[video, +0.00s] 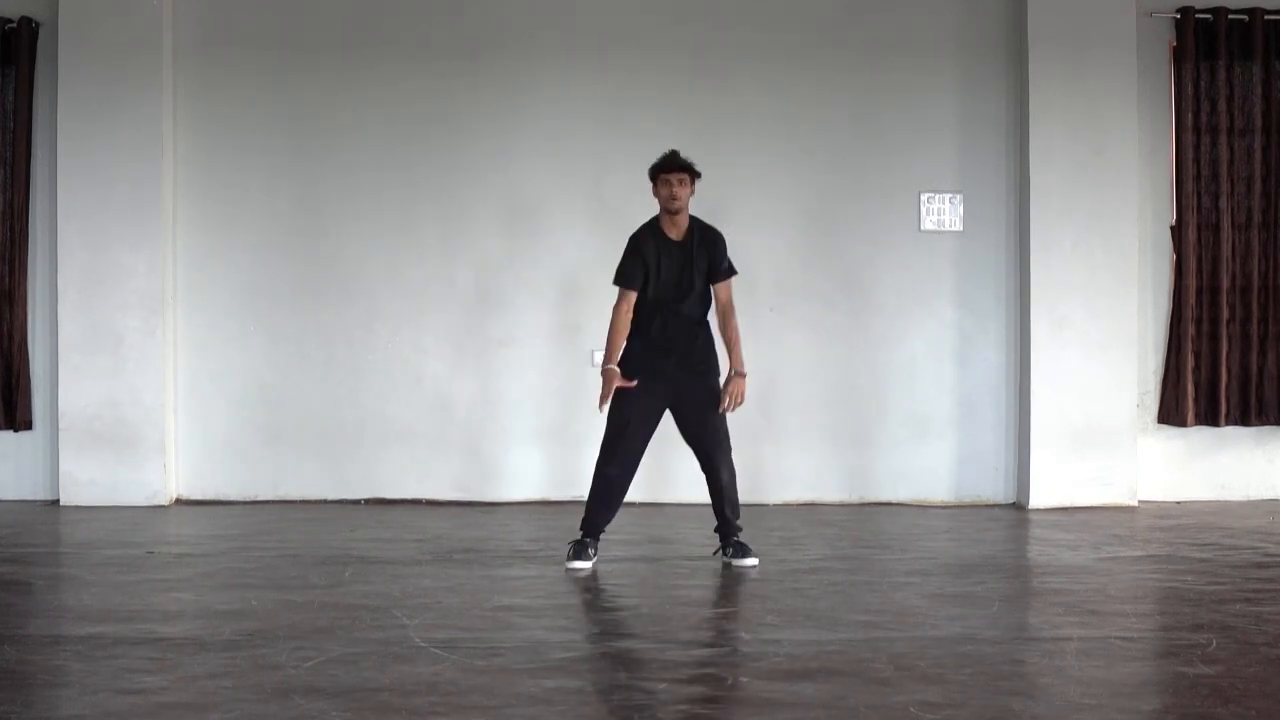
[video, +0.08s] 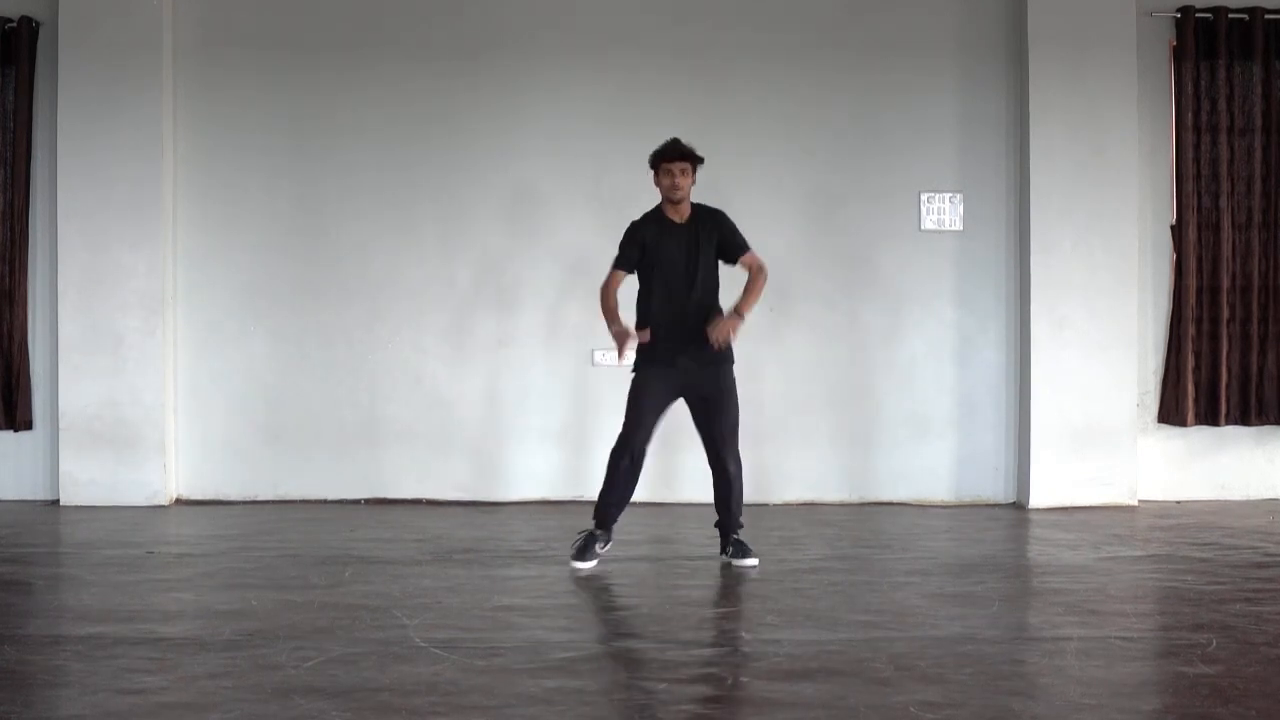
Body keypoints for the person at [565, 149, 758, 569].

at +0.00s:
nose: (675, 190)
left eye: (682, 183)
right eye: (667, 183)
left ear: (693, 189)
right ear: (654, 189)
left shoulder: (710, 241)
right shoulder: (642, 242)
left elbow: (725, 307)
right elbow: (624, 307)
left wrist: (737, 369)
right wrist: (610, 363)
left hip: (696, 371)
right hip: (643, 370)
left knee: (718, 457)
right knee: (617, 456)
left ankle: (731, 538)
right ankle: (588, 538)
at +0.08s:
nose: (676, 180)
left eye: (683, 173)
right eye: (668, 173)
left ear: (694, 178)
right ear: (655, 178)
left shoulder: (714, 223)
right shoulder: (642, 231)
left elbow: (758, 269)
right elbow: (609, 288)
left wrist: (736, 316)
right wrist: (617, 328)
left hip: (710, 358)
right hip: (657, 359)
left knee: (724, 451)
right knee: (631, 443)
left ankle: (731, 536)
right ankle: (601, 530)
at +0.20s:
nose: (672, 194)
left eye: (679, 186)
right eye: (663, 187)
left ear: (689, 188)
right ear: (651, 191)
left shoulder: (704, 217)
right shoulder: (644, 235)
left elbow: (739, 265)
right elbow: (630, 295)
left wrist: (684, 305)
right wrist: (613, 258)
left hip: (722, 336)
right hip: (676, 341)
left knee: (740, 434)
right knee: (676, 399)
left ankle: (740, 529)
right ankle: (696, 479)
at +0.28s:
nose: (671, 203)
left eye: (679, 195)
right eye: (663, 195)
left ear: (690, 197)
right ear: (651, 198)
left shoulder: (706, 223)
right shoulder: (643, 242)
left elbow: (748, 268)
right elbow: (633, 303)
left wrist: (695, 303)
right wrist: (617, 271)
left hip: (726, 341)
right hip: (679, 346)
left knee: (744, 438)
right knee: (687, 396)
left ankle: (737, 531)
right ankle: (743, 460)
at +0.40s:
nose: (685, 221)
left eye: (692, 212)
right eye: (677, 212)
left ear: (701, 208)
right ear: (662, 207)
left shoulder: (716, 235)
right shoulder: (648, 254)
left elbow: (745, 293)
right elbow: (652, 320)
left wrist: (740, 351)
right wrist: (645, 324)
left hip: (724, 355)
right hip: (677, 357)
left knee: (738, 450)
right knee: (667, 404)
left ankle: (736, 537)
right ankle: (703, 485)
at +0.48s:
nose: (694, 221)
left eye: (701, 214)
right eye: (687, 213)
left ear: (708, 209)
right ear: (671, 204)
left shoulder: (720, 236)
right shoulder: (651, 247)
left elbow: (745, 297)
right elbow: (648, 307)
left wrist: (763, 353)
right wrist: (649, 342)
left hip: (717, 358)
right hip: (670, 358)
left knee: (732, 446)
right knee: (635, 410)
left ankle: (737, 537)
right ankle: (652, 497)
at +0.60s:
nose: (700, 217)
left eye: (708, 211)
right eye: (693, 209)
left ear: (716, 205)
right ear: (677, 197)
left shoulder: (724, 226)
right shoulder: (649, 228)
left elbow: (762, 243)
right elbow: (607, 261)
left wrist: (765, 302)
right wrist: (612, 318)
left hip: (695, 363)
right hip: (646, 362)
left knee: (728, 440)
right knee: (611, 440)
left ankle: (738, 533)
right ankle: (557, 513)